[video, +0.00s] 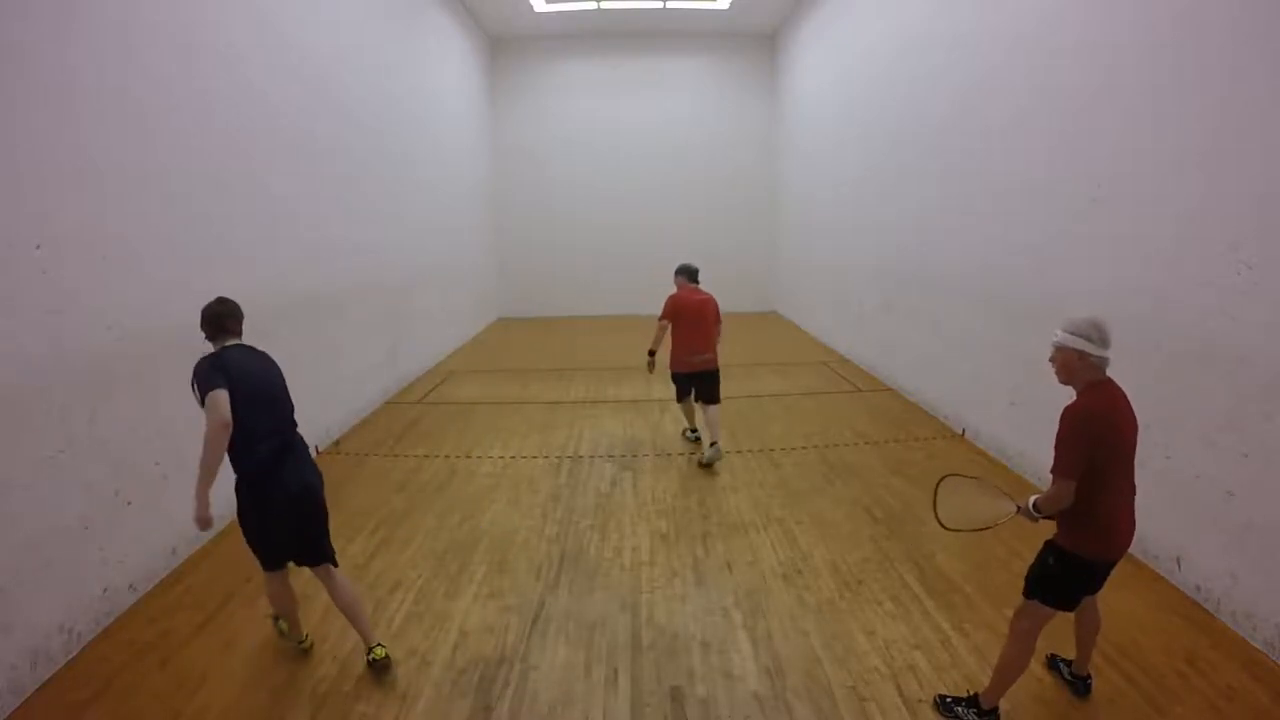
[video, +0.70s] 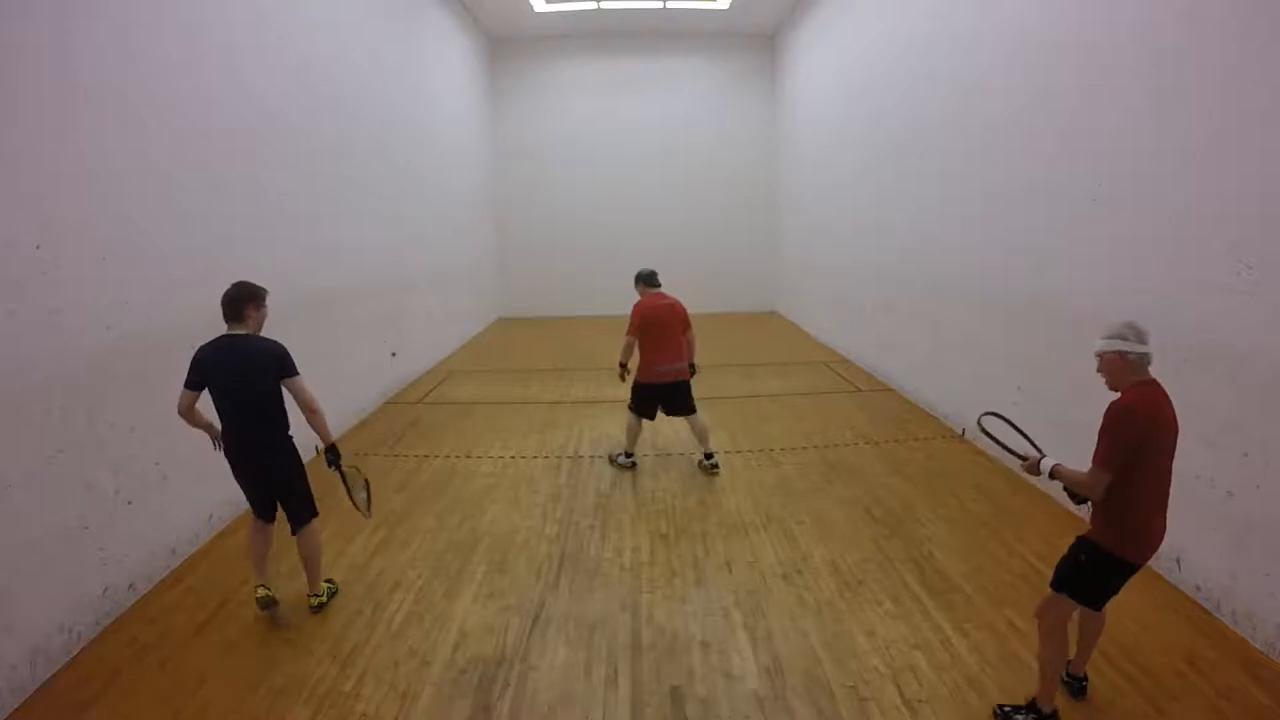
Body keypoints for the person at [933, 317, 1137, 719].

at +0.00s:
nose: (1052, 361)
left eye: (1059, 354)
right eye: (1054, 353)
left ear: (1084, 360)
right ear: (1090, 360)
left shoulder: (1079, 415)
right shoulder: (1115, 400)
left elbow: (1062, 494)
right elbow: (1104, 474)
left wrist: (1036, 507)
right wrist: (1055, 503)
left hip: (1081, 541)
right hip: (1112, 536)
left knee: (1026, 621)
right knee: (1087, 598)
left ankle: (985, 704)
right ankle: (1081, 672)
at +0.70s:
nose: (1098, 367)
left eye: (1103, 358)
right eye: (1098, 358)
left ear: (1126, 359)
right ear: (1134, 361)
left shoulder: (1125, 410)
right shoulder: (1158, 402)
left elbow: (1093, 485)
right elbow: (1139, 475)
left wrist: (1048, 467)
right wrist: (1091, 493)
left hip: (1115, 536)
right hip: (1143, 536)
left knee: (1052, 612)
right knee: (1093, 601)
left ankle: (1043, 706)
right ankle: (1077, 673)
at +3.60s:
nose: (1144, 357)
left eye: (1149, 352)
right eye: (1147, 351)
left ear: (1161, 359)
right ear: (1176, 360)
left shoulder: (1160, 399)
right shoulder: (1191, 393)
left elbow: (1160, 465)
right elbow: (1170, 447)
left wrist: (1141, 522)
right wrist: (1127, 460)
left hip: (1162, 507)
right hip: (1190, 506)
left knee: (1101, 552)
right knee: (1166, 567)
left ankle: (1118, 630)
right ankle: (1184, 649)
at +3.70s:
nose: (1120, 345)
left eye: (1125, 341)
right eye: (1122, 340)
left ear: (1139, 348)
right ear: (1150, 349)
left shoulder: (1145, 387)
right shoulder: (1166, 381)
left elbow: (1151, 450)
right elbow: (1145, 437)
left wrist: (1136, 507)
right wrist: (1108, 458)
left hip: (1144, 491)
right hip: (1171, 492)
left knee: (1092, 540)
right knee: (1165, 561)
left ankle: (1109, 609)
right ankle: (1186, 639)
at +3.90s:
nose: (1070, 338)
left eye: (1075, 333)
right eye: (1072, 332)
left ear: (1092, 340)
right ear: (1099, 341)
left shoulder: (1096, 380)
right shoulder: (1117, 369)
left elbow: (1089, 441)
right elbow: (1106, 426)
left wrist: (1063, 491)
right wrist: (1080, 450)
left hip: (1107, 474)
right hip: (1123, 470)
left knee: (1081, 536)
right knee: (1091, 530)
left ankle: (1110, 608)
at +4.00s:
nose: (1045, 331)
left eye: (1051, 326)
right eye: (1048, 325)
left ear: (1067, 333)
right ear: (1073, 334)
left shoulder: (1070, 372)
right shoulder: (1091, 363)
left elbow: (1058, 427)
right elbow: (1079, 421)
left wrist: (1029, 464)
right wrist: (1054, 451)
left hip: (1085, 463)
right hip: (1091, 457)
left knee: (1077, 532)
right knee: (1046, 492)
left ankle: (1111, 606)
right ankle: (1042, 558)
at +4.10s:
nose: (1021, 322)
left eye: (1026, 317)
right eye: (1023, 316)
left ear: (1042, 324)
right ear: (1047, 325)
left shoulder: (1042, 363)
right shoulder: (1064, 355)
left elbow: (1031, 415)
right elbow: (1058, 408)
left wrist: (1001, 439)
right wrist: (1034, 435)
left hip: (1051, 449)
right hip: (1060, 445)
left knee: (1052, 523)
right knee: (1019, 481)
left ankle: (1094, 586)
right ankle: (1007, 545)